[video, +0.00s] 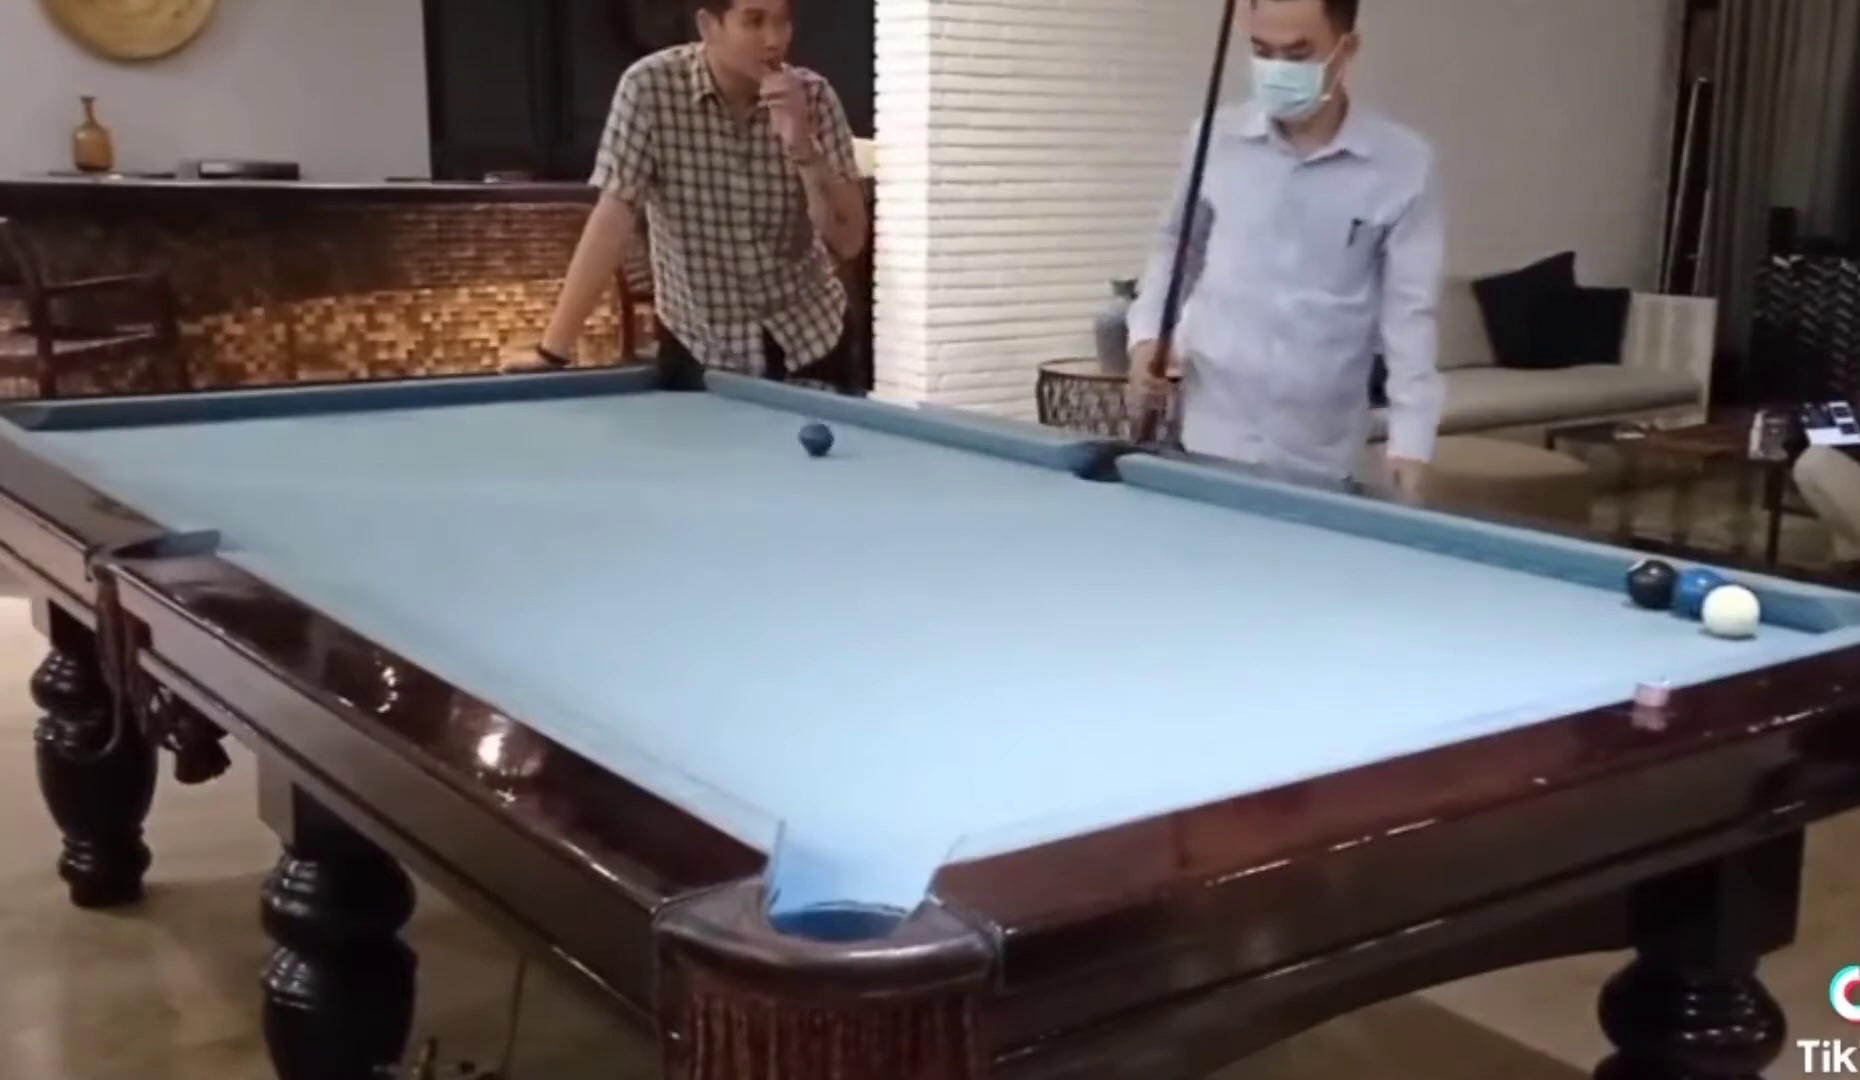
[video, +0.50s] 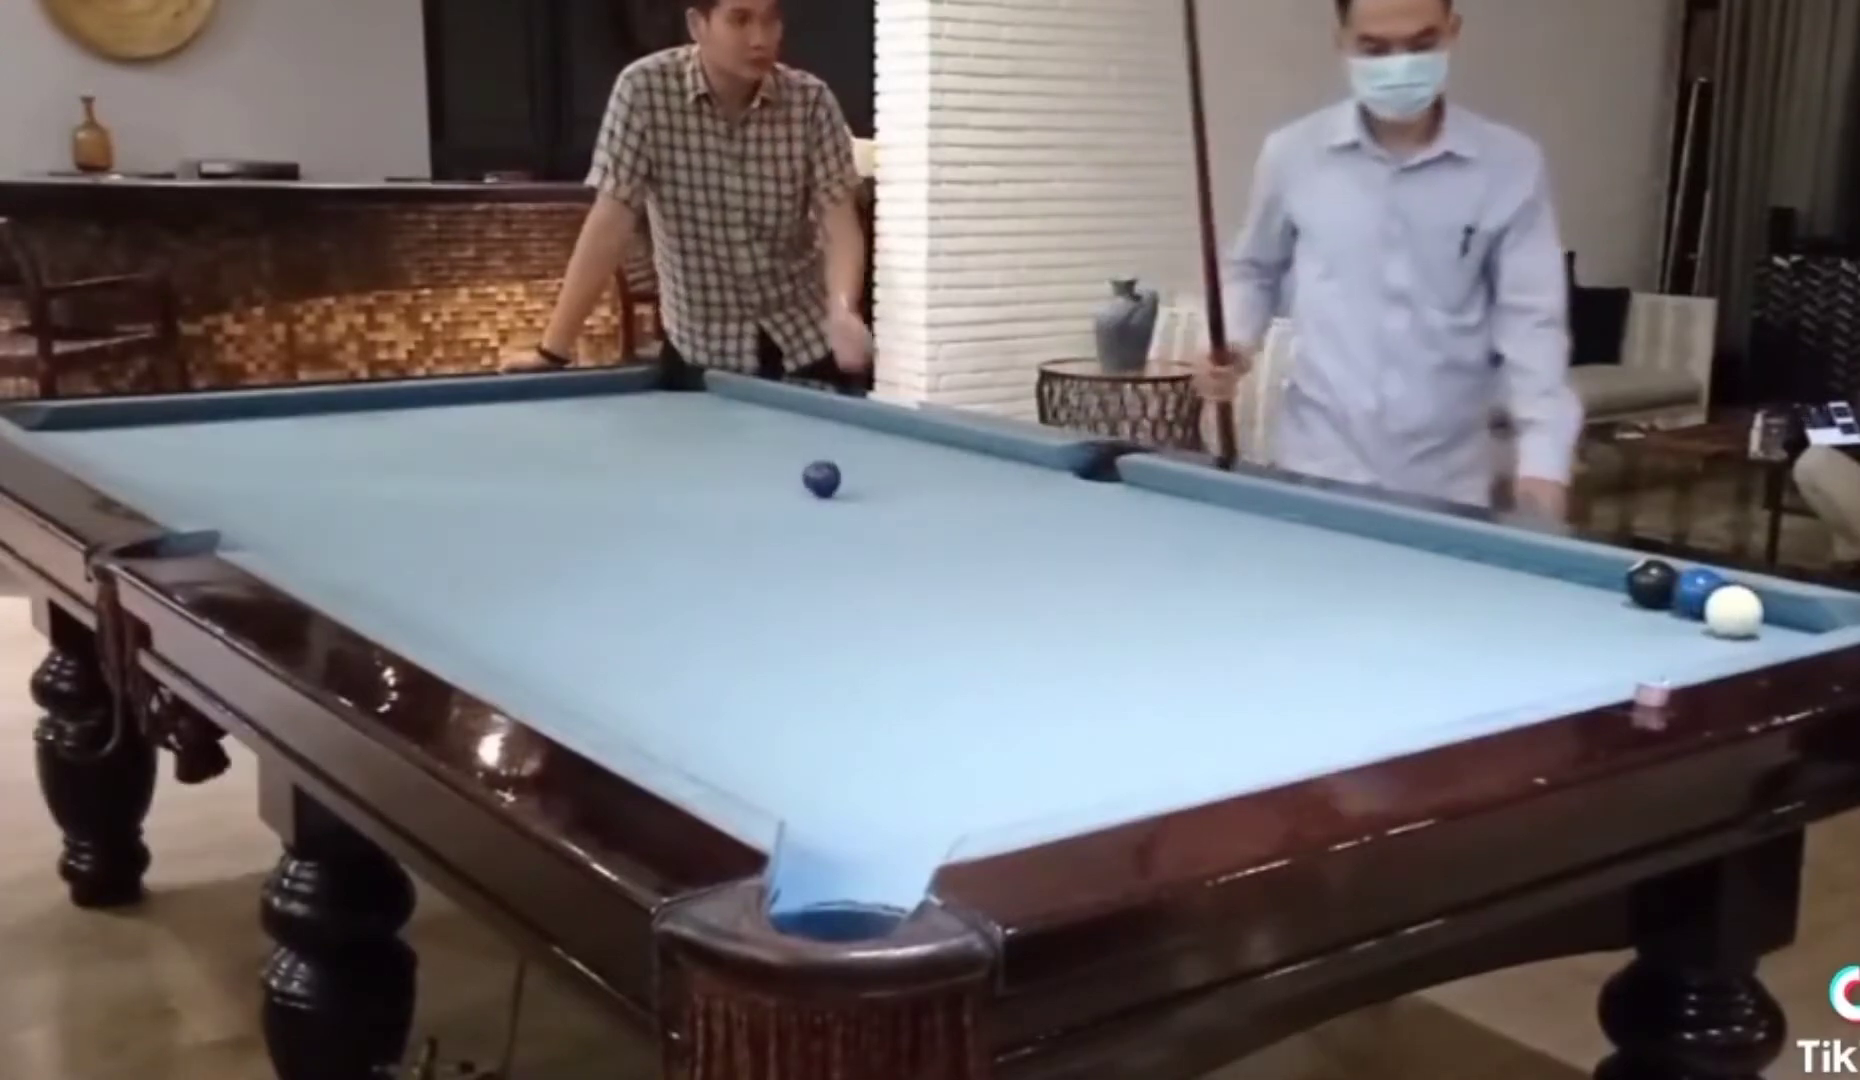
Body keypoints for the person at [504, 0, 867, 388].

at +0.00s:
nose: (776, 38)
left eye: (783, 21)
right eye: (755, 21)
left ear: (794, 23)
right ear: (709, 25)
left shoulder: (811, 97)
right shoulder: (651, 88)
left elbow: (849, 242)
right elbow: (613, 218)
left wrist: (805, 152)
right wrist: (552, 352)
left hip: (810, 334)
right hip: (700, 341)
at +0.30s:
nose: (772, 43)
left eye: (782, 25)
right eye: (752, 25)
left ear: (793, 27)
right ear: (707, 27)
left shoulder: (813, 101)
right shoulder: (650, 89)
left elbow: (849, 248)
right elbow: (612, 218)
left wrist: (810, 193)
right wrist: (551, 352)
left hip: (810, 336)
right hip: (701, 343)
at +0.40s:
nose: (767, 40)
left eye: (777, 23)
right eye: (746, 23)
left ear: (788, 26)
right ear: (703, 26)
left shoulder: (812, 101)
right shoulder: (649, 89)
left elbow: (845, 222)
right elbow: (612, 218)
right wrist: (552, 352)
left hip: (808, 335)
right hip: (701, 344)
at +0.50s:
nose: (762, 38)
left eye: (772, 20)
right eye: (741, 20)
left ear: (783, 25)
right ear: (697, 24)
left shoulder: (810, 101)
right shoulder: (646, 90)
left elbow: (839, 212)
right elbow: (611, 218)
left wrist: (842, 307)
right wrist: (552, 351)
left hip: (808, 338)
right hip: (702, 345)